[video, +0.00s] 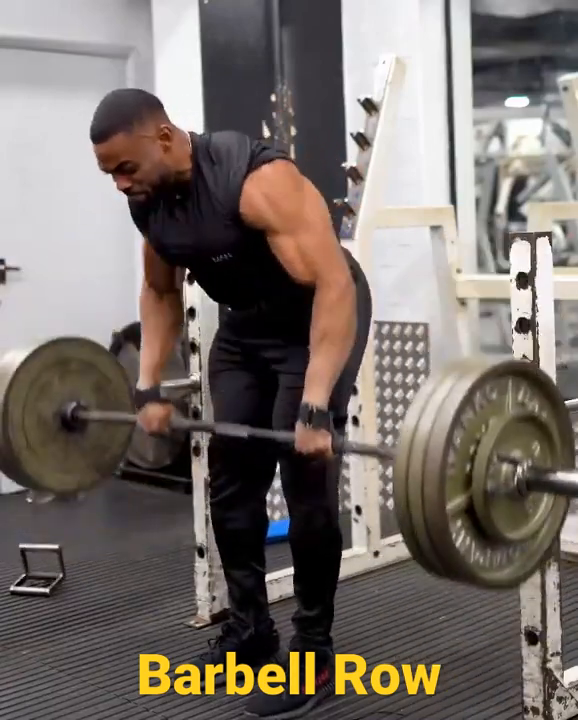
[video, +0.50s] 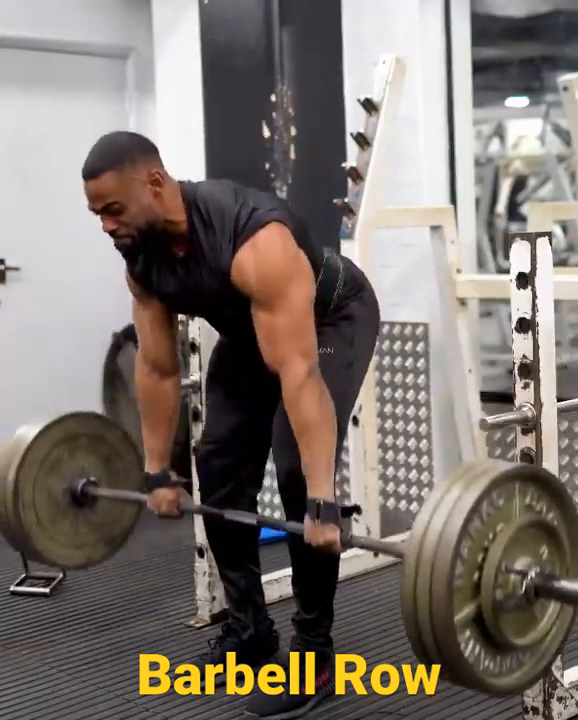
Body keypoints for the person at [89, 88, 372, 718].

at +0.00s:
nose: (120, 185)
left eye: (125, 168)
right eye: (111, 174)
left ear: (166, 137)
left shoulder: (261, 179)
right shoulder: (152, 203)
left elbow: (335, 283)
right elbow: (160, 292)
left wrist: (316, 402)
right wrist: (149, 386)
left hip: (318, 324)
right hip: (245, 333)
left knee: (307, 478)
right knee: (230, 483)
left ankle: (312, 646)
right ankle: (248, 626)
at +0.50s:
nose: (107, 227)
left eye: (113, 210)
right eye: (98, 215)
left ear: (155, 182)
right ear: (144, 188)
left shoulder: (255, 242)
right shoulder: (142, 254)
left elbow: (300, 371)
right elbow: (157, 368)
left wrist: (324, 498)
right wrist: (158, 471)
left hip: (332, 313)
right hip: (249, 324)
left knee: (297, 464)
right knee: (219, 466)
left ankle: (311, 647)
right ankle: (247, 628)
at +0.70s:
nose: (106, 239)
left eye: (115, 221)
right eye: (99, 224)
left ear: (160, 199)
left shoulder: (257, 263)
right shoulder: (142, 276)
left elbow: (298, 398)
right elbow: (158, 387)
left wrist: (319, 524)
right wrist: (156, 493)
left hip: (335, 322)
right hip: (252, 331)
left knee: (298, 474)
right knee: (212, 470)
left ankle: (312, 649)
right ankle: (249, 627)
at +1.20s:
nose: (121, 154)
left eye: (127, 137)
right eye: (113, 142)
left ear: (170, 108)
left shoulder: (260, 155)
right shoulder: (152, 177)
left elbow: (336, 262)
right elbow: (157, 273)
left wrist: (313, 380)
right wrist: (147, 369)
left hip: (309, 321)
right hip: (240, 325)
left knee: (307, 482)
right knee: (240, 480)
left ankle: (313, 651)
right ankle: (249, 630)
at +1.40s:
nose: (119, 138)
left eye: (124, 121)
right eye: (110, 127)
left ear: (165, 91)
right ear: (113, 115)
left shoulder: (254, 129)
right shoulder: (148, 154)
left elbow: (362, 196)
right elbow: (164, 219)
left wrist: (317, 294)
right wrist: (147, 291)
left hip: (301, 312)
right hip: (228, 315)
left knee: (294, 474)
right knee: (228, 477)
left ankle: (313, 651)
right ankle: (248, 630)